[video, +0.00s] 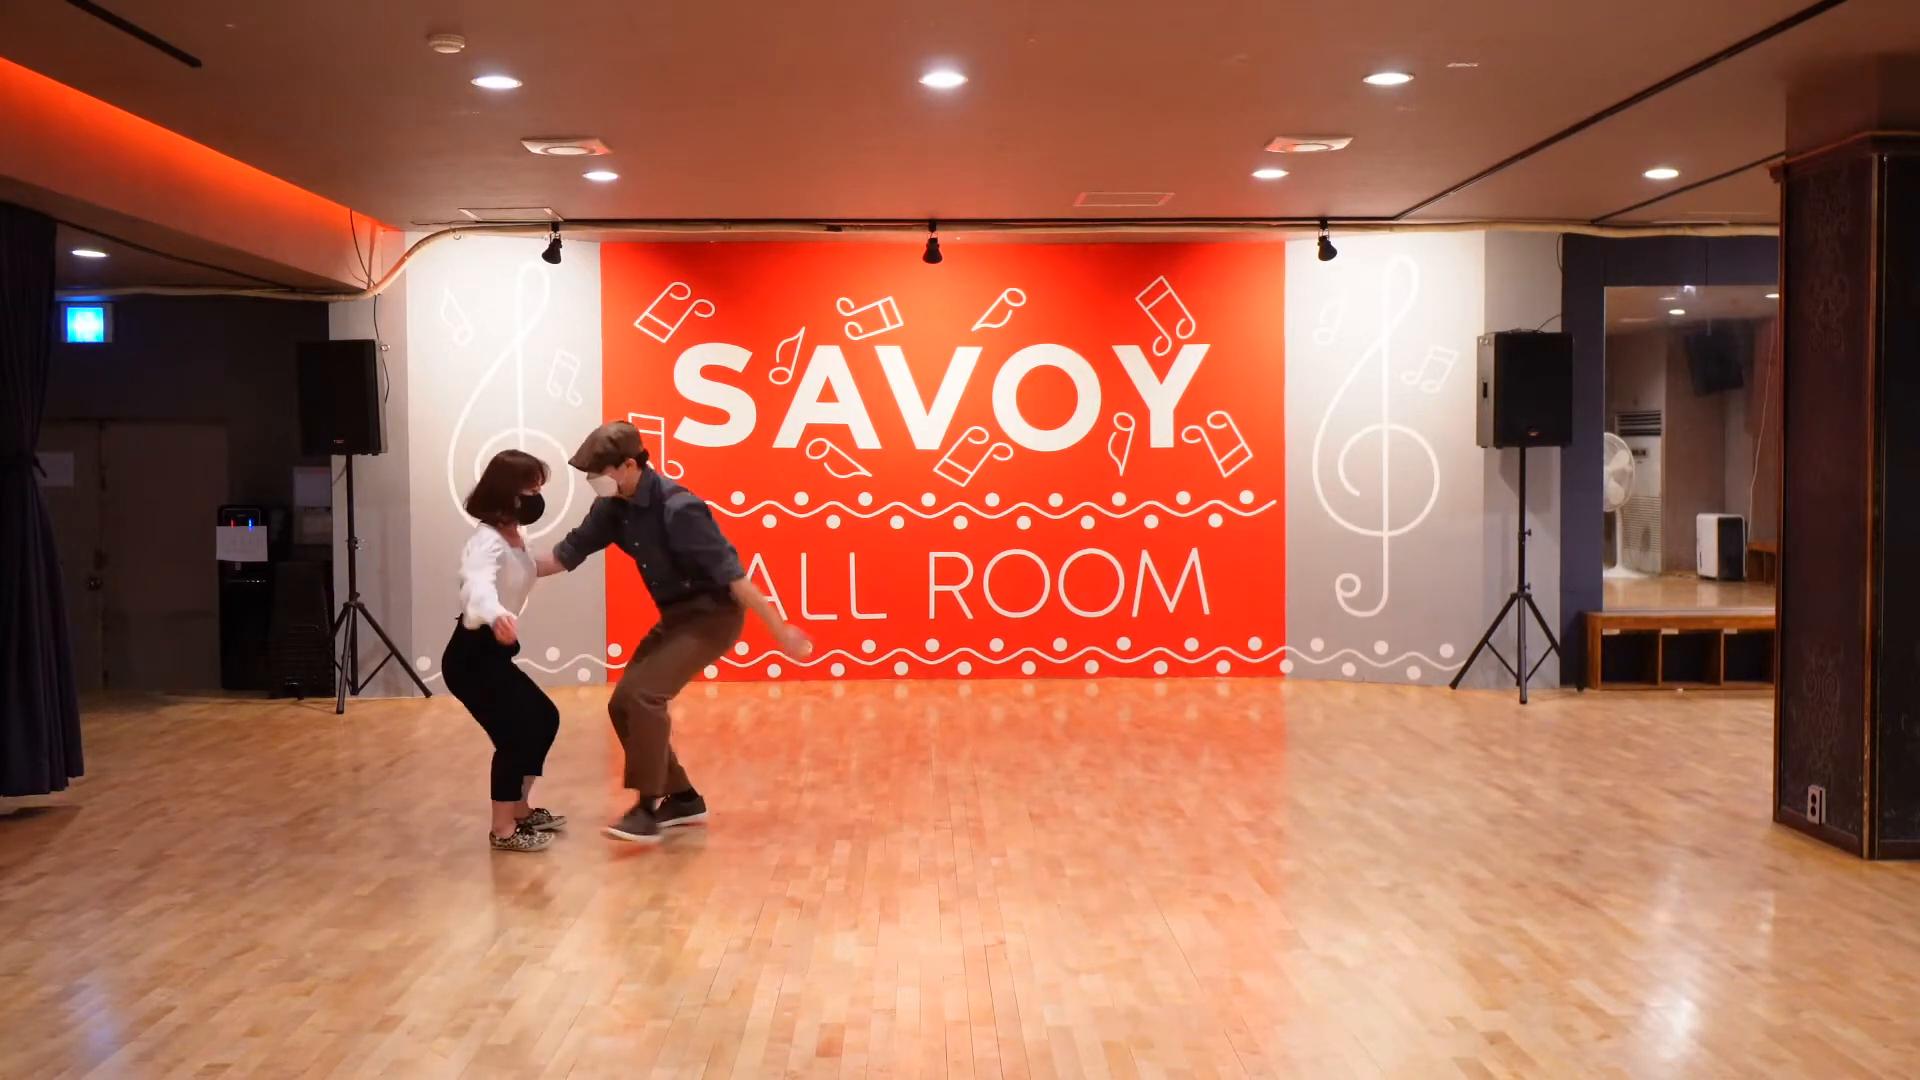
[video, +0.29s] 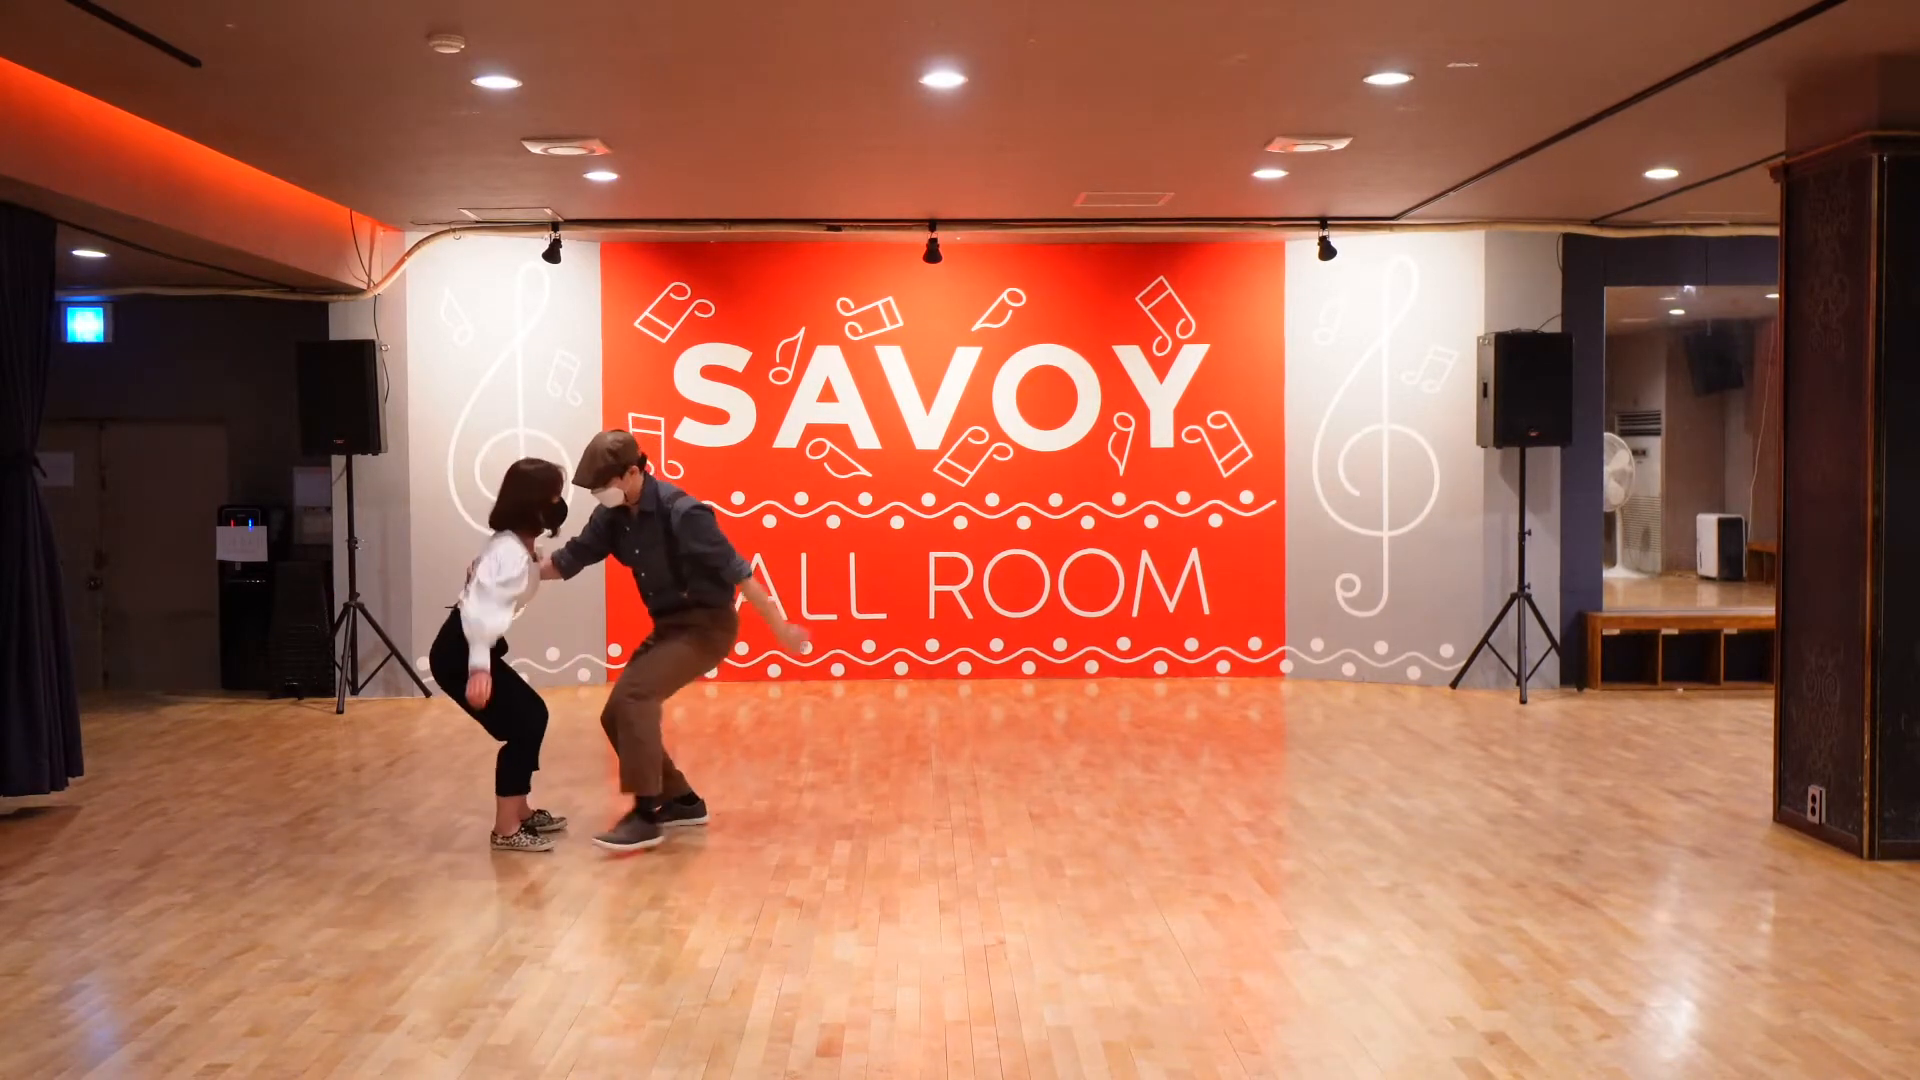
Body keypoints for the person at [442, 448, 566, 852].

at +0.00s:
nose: (537, 497)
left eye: (538, 491)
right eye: (532, 490)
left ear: (508, 495)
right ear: (511, 494)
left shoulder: (512, 536)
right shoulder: (485, 541)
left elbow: (521, 571)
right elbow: (478, 588)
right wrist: (496, 615)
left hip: (492, 654)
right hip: (470, 660)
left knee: (544, 718)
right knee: (512, 733)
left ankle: (521, 810)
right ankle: (502, 829)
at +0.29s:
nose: (562, 504)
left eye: (561, 496)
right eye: (557, 497)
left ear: (518, 501)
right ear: (541, 506)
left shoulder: (518, 547)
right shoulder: (508, 552)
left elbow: (497, 596)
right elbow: (482, 609)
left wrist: (540, 569)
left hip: (476, 649)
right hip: (460, 655)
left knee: (534, 713)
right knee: (523, 722)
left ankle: (518, 812)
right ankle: (506, 829)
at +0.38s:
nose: (564, 501)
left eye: (562, 494)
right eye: (559, 494)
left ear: (518, 499)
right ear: (543, 504)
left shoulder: (520, 551)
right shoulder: (506, 556)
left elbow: (508, 612)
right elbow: (489, 626)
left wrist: (540, 573)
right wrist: (480, 691)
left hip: (477, 646)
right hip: (458, 654)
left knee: (537, 714)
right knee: (528, 722)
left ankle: (521, 813)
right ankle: (510, 827)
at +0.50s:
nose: (559, 491)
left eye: (556, 484)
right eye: (552, 485)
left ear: (518, 497)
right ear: (534, 496)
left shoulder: (521, 549)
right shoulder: (508, 556)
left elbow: (507, 622)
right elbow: (495, 631)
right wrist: (477, 694)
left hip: (479, 645)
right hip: (459, 654)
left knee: (535, 712)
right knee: (526, 719)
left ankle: (520, 812)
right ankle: (508, 828)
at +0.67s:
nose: (549, 480)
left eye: (548, 473)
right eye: (542, 474)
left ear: (521, 483)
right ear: (524, 483)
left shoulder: (523, 529)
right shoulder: (508, 534)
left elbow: (531, 565)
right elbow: (503, 585)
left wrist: (560, 579)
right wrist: (498, 632)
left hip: (475, 635)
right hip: (460, 639)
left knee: (533, 712)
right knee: (522, 717)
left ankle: (523, 814)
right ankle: (508, 828)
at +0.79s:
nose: (545, 474)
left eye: (545, 467)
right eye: (538, 468)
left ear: (536, 473)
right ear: (518, 474)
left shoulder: (537, 511)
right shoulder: (502, 516)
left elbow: (557, 520)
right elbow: (513, 534)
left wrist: (586, 515)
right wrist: (535, 532)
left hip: (491, 629)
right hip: (466, 631)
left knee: (530, 711)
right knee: (507, 722)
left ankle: (521, 814)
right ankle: (504, 829)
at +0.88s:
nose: (551, 468)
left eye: (549, 460)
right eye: (542, 462)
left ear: (537, 469)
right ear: (521, 469)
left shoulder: (540, 514)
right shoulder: (508, 507)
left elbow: (566, 556)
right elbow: (519, 524)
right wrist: (554, 496)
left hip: (496, 628)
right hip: (471, 629)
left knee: (532, 711)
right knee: (507, 723)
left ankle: (521, 812)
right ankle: (505, 828)